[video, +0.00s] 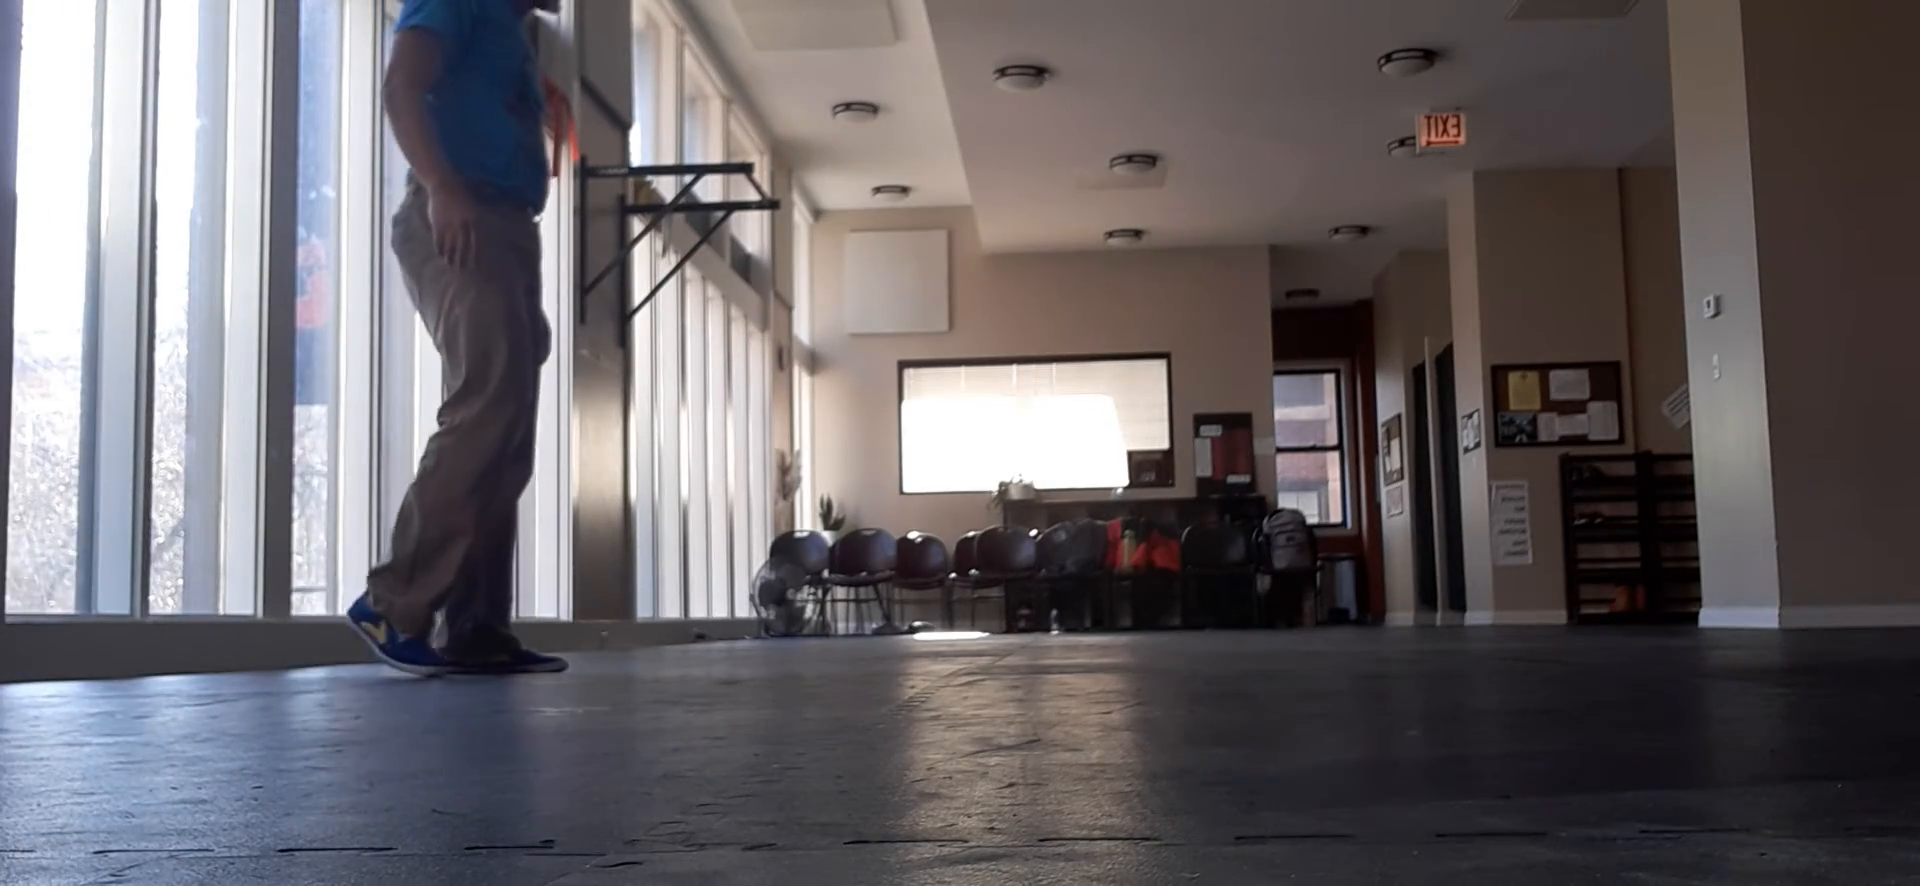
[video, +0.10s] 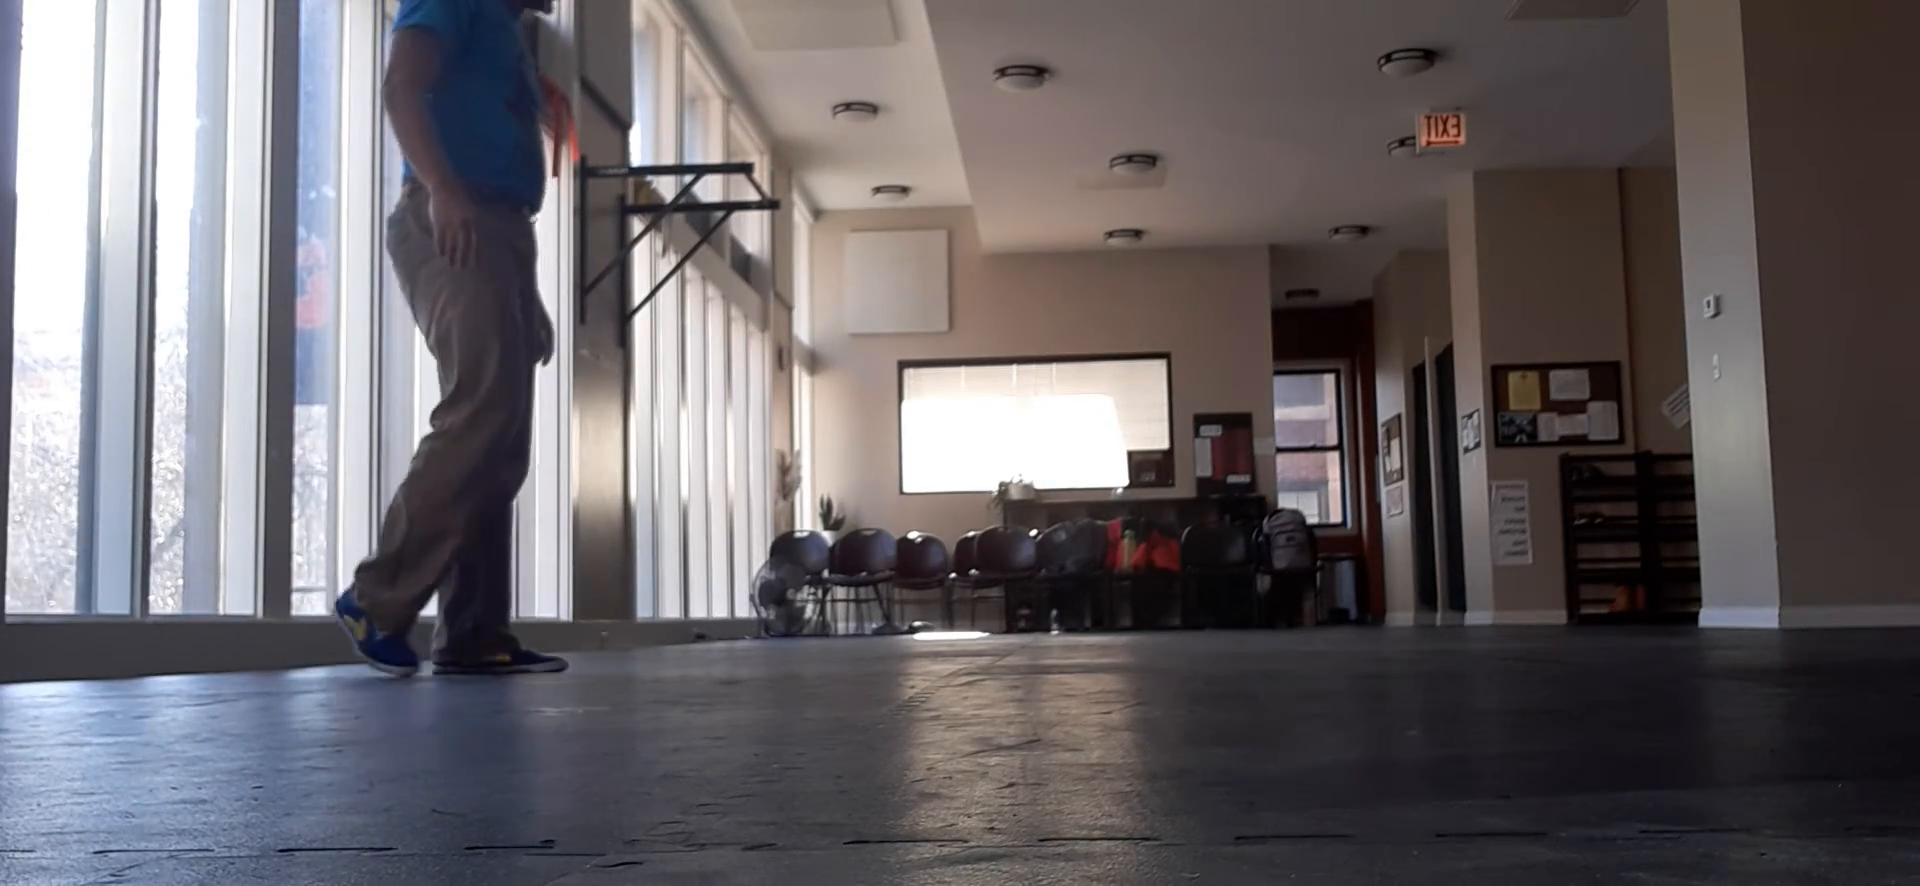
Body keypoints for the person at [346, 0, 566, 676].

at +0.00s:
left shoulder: (511, 24)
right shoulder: (457, 5)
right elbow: (402, 90)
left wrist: (542, 99)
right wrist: (442, 189)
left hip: (507, 219)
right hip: (460, 213)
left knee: (507, 428)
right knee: (486, 405)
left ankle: (475, 631)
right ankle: (393, 605)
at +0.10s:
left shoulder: (505, 26)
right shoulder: (452, 6)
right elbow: (403, 90)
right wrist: (444, 191)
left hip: (500, 225)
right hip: (456, 219)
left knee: (501, 438)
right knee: (481, 414)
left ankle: (474, 636)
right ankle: (378, 601)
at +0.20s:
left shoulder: (500, 34)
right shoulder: (447, 6)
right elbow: (399, 88)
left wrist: (523, 286)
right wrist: (446, 188)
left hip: (497, 230)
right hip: (451, 221)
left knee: (496, 445)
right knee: (472, 419)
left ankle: (474, 639)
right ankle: (358, 593)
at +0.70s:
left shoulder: (447, 18)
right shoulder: (353, 6)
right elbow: (307, 112)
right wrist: (363, 197)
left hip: (452, 236)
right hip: (376, 232)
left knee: (458, 453)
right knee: (354, 444)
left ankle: (467, 638)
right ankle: (322, 637)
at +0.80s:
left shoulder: (436, 18)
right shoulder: (337, 7)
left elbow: (493, 43)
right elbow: (288, 117)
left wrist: (534, 86)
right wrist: (333, 221)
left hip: (435, 242)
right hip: (354, 235)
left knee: (458, 452)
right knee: (337, 447)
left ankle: (468, 640)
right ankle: (320, 641)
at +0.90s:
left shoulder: (418, 26)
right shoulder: (327, 12)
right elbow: (278, 116)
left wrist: (535, 84)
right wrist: (301, 226)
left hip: (419, 240)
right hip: (339, 235)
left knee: (455, 449)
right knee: (323, 449)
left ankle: (469, 634)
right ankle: (318, 639)